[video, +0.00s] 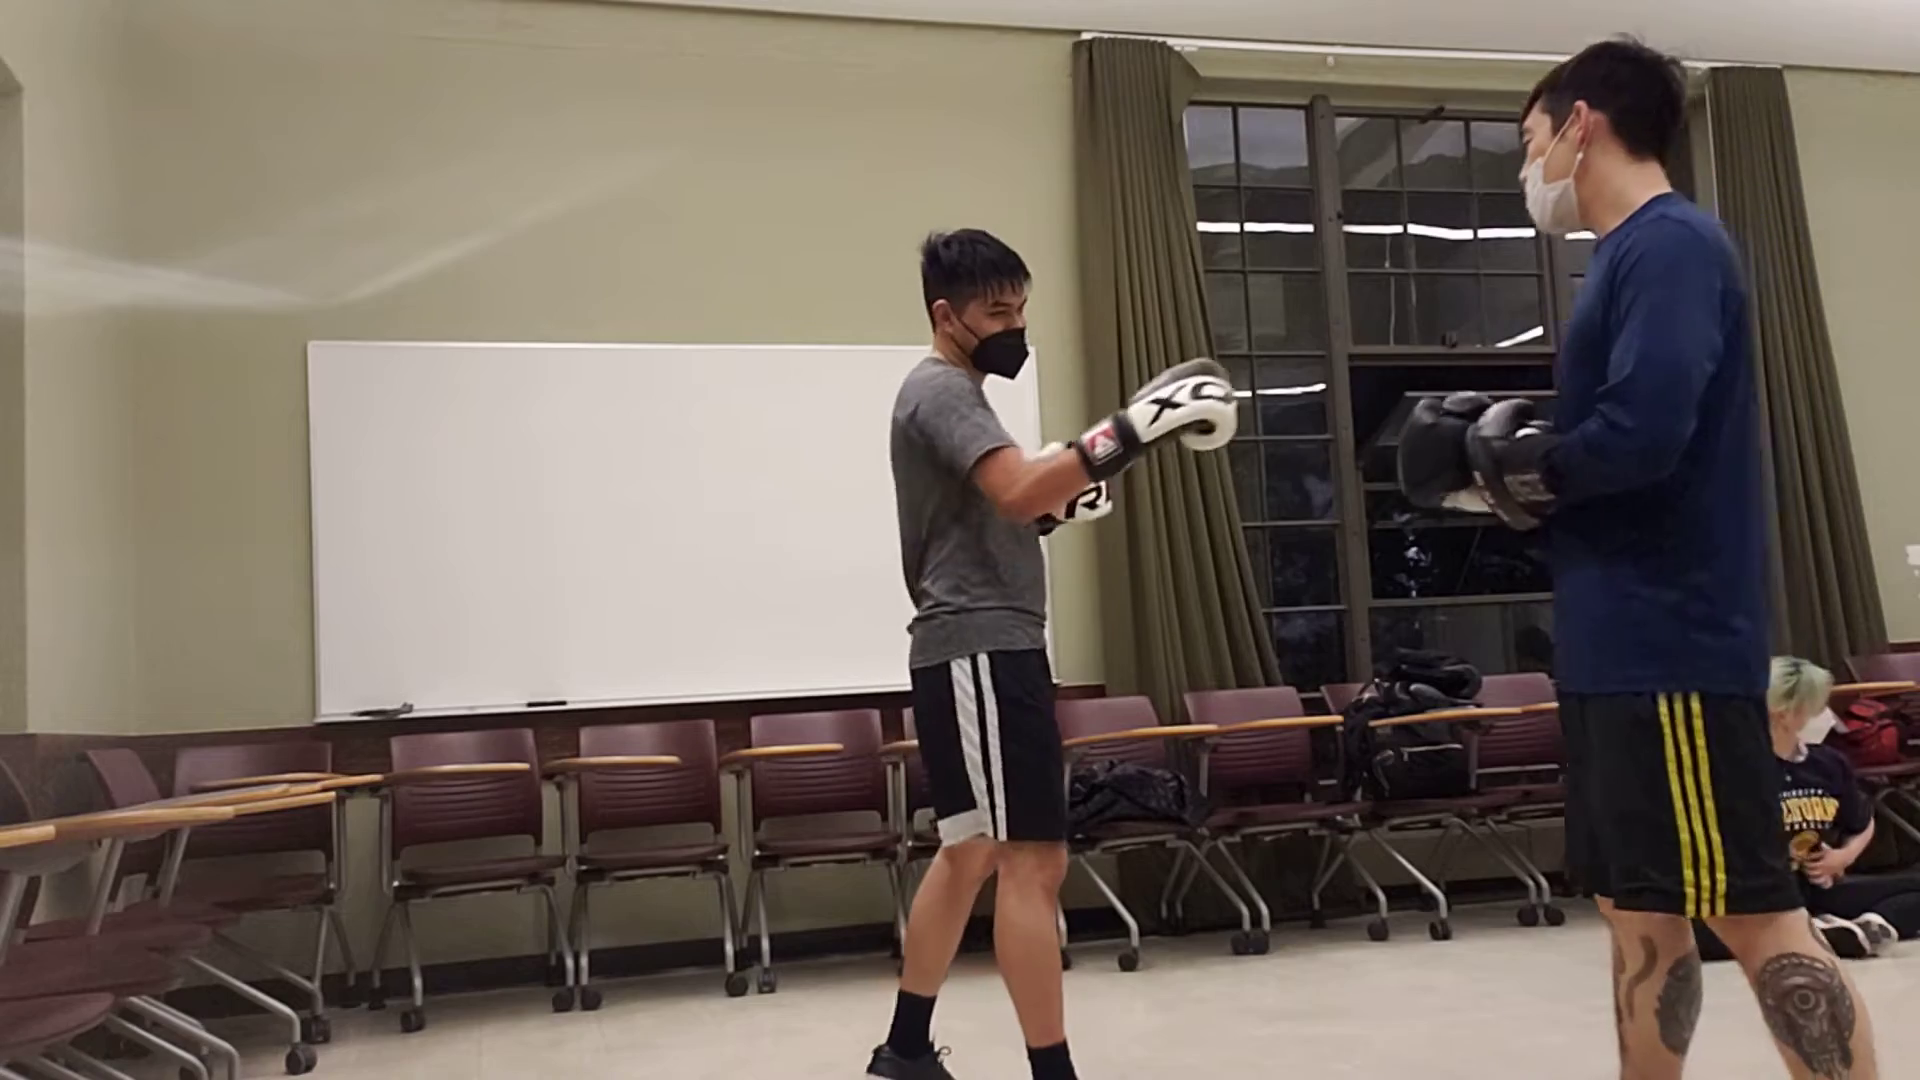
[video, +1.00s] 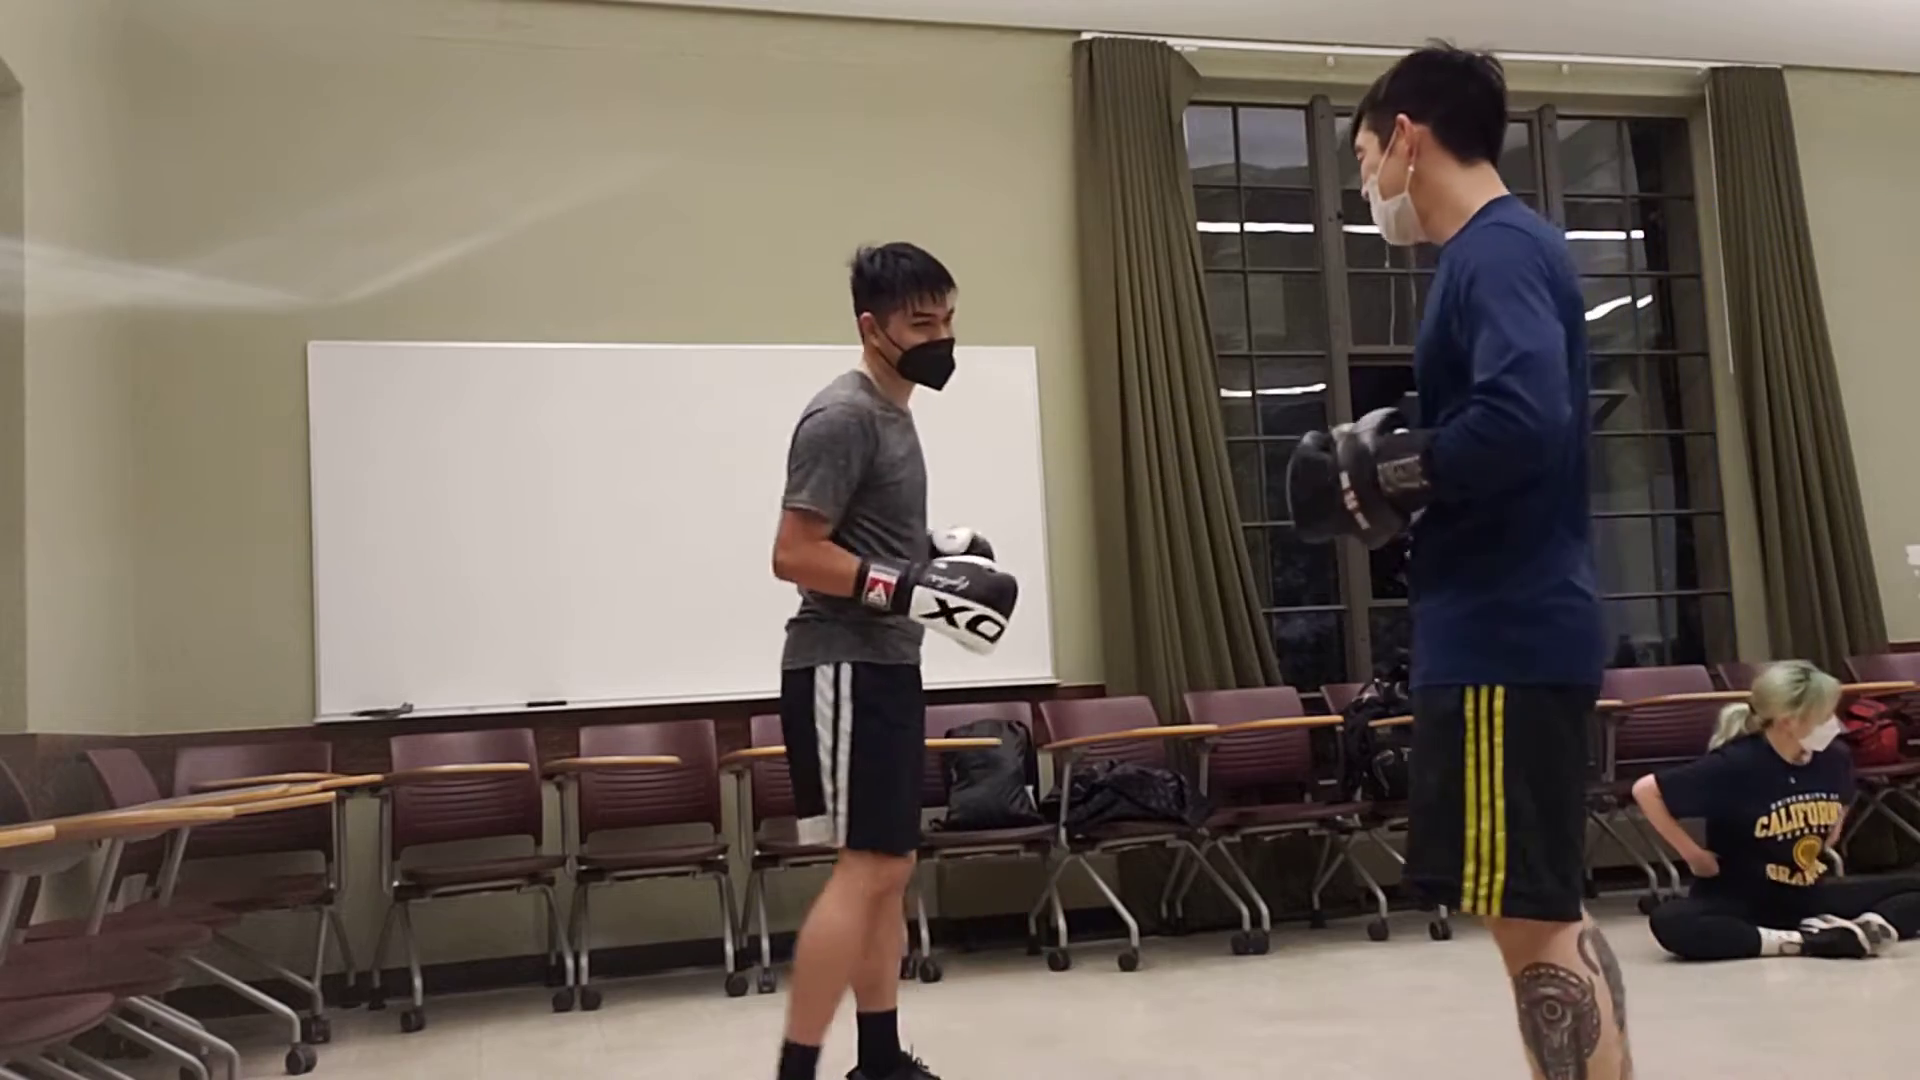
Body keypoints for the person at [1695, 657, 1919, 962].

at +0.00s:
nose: (1820, 720)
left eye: (1818, 712)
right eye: (1813, 712)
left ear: (1787, 714)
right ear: (1783, 714)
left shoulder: (1829, 763)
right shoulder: (1747, 766)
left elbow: (1865, 825)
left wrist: (1842, 858)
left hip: (1824, 892)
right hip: (1769, 895)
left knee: (1914, 887)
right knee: (1697, 935)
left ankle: (1866, 929)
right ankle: (1810, 935)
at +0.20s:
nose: (1822, 716)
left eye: (1821, 707)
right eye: (1814, 709)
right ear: (1784, 713)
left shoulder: (1829, 765)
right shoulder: (1734, 761)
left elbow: (1858, 834)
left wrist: (1854, 862)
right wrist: (1731, 856)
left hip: (1835, 898)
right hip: (1773, 901)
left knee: (1914, 891)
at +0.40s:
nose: (1823, 714)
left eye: (1821, 705)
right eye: (1813, 707)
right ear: (1781, 711)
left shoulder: (1830, 766)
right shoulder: (1732, 766)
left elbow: (1860, 833)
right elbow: (1679, 832)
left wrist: (1861, 861)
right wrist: (1735, 867)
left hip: (1829, 899)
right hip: (1759, 903)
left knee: (1916, 892)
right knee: (1688, 922)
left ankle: (1852, 931)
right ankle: (1795, 943)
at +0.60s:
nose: (1819, 715)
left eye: (1818, 707)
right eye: (1812, 707)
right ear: (1782, 713)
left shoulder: (1832, 763)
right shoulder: (1731, 767)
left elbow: (1856, 817)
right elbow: (1680, 828)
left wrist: (1857, 849)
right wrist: (1719, 864)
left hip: (1827, 898)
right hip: (1753, 903)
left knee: (1917, 890)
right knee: (1668, 925)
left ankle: (1862, 929)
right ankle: (1789, 943)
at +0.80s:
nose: (1834, 723)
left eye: (1832, 713)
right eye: (1824, 716)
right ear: (1788, 721)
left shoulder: (1834, 760)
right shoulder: (1735, 765)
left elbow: (1843, 804)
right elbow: (1646, 790)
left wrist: (1829, 840)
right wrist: (1694, 854)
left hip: (1809, 894)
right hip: (1739, 900)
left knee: (1916, 889)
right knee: (1669, 922)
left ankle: (1858, 931)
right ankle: (1794, 943)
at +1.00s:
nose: (1835, 726)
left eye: (1833, 716)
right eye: (1825, 719)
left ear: (1793, 722)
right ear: (1789, 723)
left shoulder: (1834, 760)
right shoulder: (1736, 764)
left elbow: (1843, 804)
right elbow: (1645, 790)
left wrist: (1822, 845)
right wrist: (1692, 854)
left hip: (1809, 895)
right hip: (1738, 901)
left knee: (1917, 891)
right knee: (1669, 921)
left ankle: (1854, 931)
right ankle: (1795, 943)